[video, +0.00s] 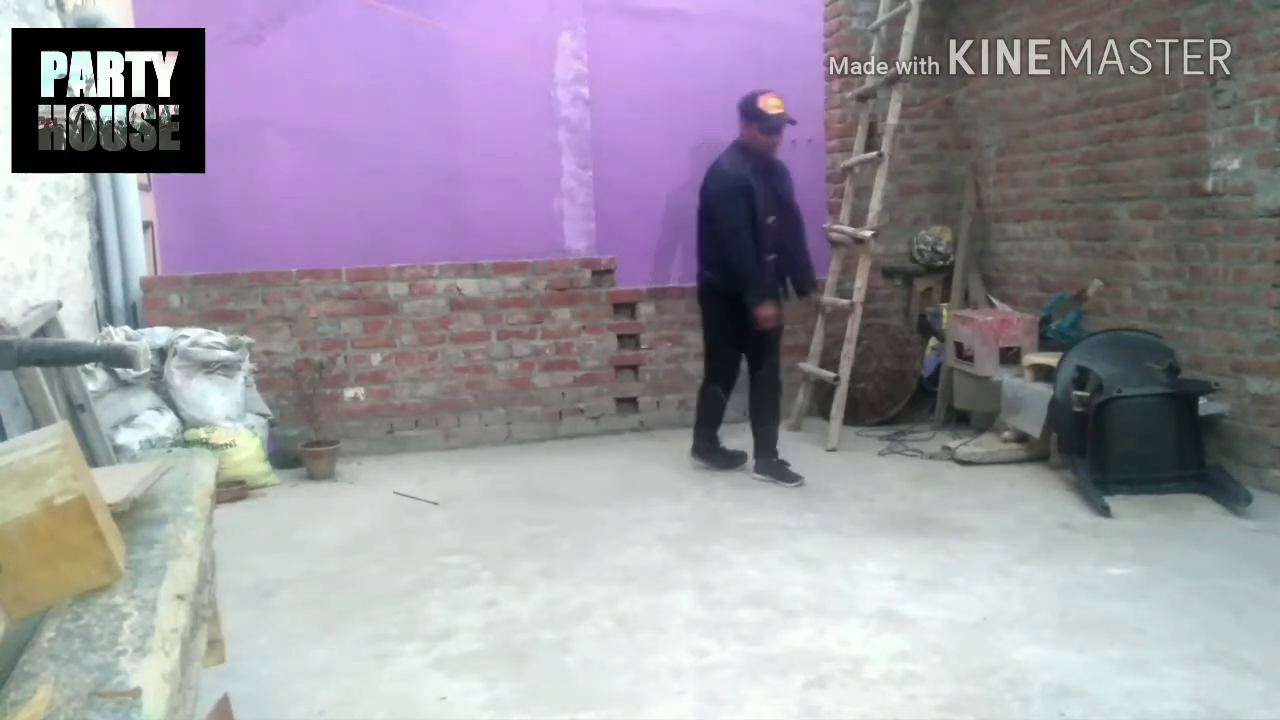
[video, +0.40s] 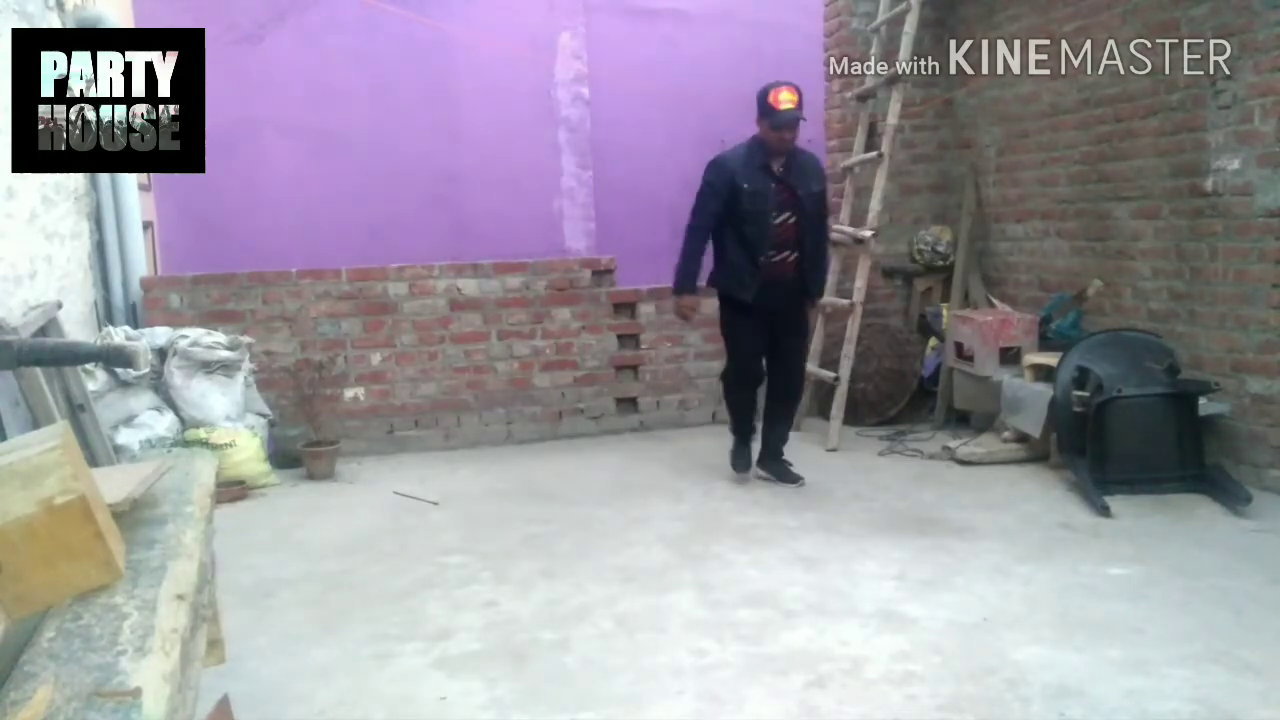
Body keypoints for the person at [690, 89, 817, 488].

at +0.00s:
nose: (776, 138)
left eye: (779, 130)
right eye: (768, 130)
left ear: (783, 128)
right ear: (746, 128)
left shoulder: (774, 170)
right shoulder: (727, 175)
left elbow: (790, 228)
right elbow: (735, 244)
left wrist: (805, 280)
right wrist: (758, 297)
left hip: (763, 286)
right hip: (723, 290)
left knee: (766, 373)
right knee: (721, 371)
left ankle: (766, 455)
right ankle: (704, 443)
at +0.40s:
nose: (787, 136)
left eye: (793, 127)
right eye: (778, 127)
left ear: (801, 123)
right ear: (760, 124)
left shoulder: (810, 168)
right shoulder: (728, 169)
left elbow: (819, 232)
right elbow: (698, 229)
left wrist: (815, 288)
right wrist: (685, 285)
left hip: (791, 295)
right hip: (742, 295)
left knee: (789, 379)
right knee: (743, 373)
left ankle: (772, 454)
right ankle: (743, 439)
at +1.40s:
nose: (775, 122)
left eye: (780, 110)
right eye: (762, 116)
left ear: (793, 103)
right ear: (749, 117)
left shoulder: (832, 156)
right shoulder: (727, 169)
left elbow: (861, 212)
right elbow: (710, 240)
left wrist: (844, 269)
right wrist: (713, 299)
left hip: (816, 299)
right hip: (755, 305)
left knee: (838, 380)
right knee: (753, 403)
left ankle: (820, 473)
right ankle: (757, 500)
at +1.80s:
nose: (830, 115)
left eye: (837, 103)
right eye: (818, 107)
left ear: (847, 102)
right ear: (797, 109)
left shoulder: (875, 157)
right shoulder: (767, 169)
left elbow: (897, 223)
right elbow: (748, 247)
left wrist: (885, 282)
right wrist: (748, 318)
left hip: (859, 310)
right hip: (793, 309)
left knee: (867, 419)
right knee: (779, 410)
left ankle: (872, 525)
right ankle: (771, 491)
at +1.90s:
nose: (847, 110)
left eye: (854, 98)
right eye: (834, 101)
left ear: (864, 97)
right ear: (811, 103)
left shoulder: (887, 152)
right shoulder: (777, 162)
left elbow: (905, 221)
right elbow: (764, 247)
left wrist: (897, 277)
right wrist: (776, 320)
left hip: (864, 310)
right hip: (801, 310)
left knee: (868, 417)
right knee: (790, 405)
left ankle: (872, 523)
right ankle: (818, 445)